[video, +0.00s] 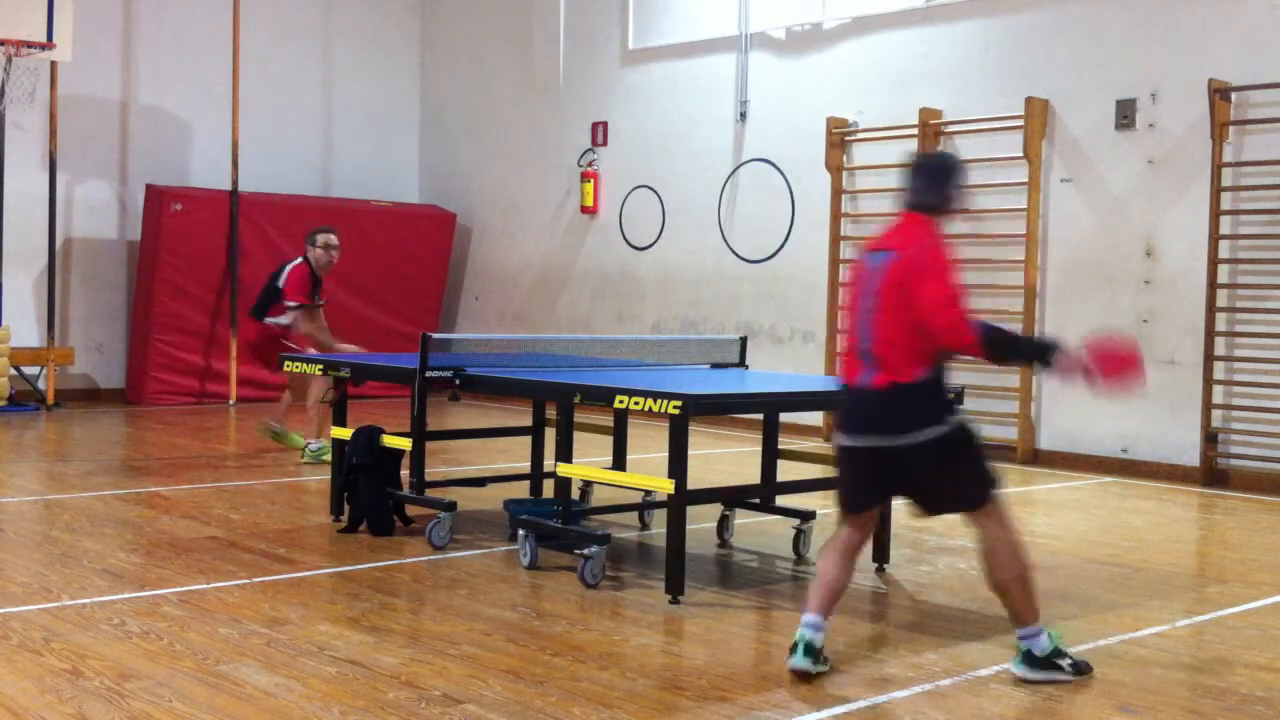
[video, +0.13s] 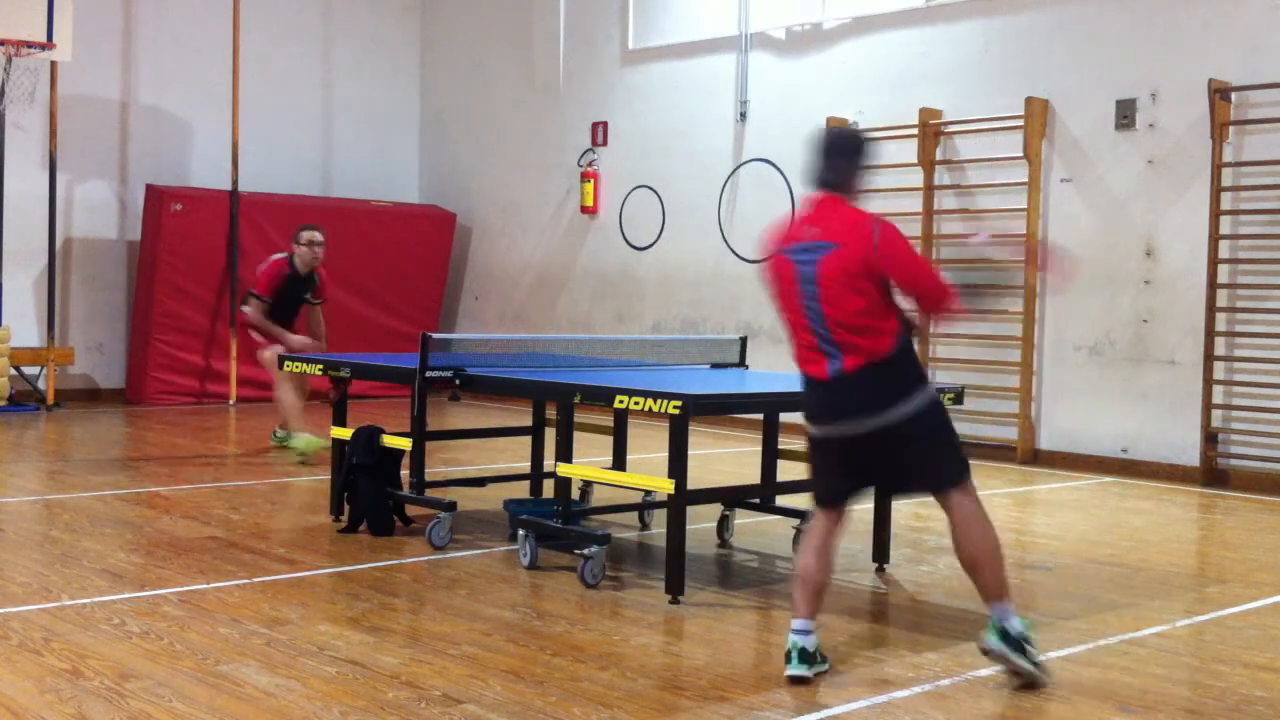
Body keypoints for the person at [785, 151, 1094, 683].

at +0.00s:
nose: (962, 199)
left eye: (958, 188)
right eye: (960, 189)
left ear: (912, 189)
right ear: (949, 194)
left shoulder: (876, 247)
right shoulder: (924, 246)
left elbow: (885, 332)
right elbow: (948, 329)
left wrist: (985, 337)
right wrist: (1036, 350)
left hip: (857, 412)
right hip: (916, 412)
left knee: (854, 524)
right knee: (991, 519)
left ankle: (807, 640)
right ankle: (1036, 645)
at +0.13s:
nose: (856, 175)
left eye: (844, 162)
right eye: (858, 167)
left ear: (817, 167)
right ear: (858, 171)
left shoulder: (778, 237)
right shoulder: (869, 231)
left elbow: (807, 315)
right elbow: (936, 295)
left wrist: (893, 317)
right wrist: (917, 314)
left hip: (826, 408)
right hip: (895, 397)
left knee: (826, 512)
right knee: (958, 496)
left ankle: (801, 642)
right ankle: (1005, 624)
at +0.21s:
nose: (814, 159)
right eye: (812, 151)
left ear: (762, 159)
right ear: (809, 154)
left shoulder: (738, 236)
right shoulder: (844, 199)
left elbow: (771, 293)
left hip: (818, 395)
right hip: (893, 377)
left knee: (796, 497)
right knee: (946, 475)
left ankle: (788, 625)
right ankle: (987, 586)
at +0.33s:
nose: (683, 169)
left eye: (683, 160)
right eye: (695, 155)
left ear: (688, 168)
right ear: (731, 153)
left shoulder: (710, 236)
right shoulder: (766, 190)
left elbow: (727, 339)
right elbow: (736, 258)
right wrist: (662, 258)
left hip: (805, 371)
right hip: (869, 348)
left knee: (741, 491)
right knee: (932, 458)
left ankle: (705, 618)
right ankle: (1029, 520)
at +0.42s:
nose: (632, 213)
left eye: (632, 202)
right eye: (634, 201)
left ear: (644, 203)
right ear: (686, 192)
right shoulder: (712, 231)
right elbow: (696, 309)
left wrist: (707, 372)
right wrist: (669, 317)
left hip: (775, 397)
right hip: (829, 370)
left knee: (698, 510)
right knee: (922, 451)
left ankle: (656, 666)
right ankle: (1053, 490)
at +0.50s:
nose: (594, 261)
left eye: (596, 249)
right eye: (597, 248)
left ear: (609, 254)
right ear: (642, 244)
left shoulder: (649, 303)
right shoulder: (670, 283)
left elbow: (680, 373)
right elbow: (668, 373)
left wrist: (644, 433)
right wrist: (642, 421)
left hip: (749, 433)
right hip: (801, 415)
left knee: (648, 527)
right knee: (886, 499)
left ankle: (639, 685)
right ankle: (1026, 476)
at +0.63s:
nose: (559, 312)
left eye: (558, 302)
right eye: (559, 301)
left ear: (569, 305)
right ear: (608, 286)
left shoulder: (623, 332)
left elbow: (694, 377)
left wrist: (666, 451)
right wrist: (623, 530)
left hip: (747, 440)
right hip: (795, 422)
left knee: (641, 528)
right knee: (814, 536)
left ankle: (639, 682)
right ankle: (942, 554)